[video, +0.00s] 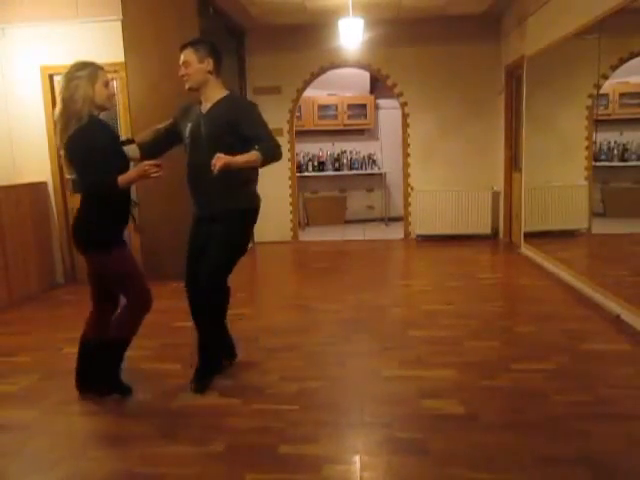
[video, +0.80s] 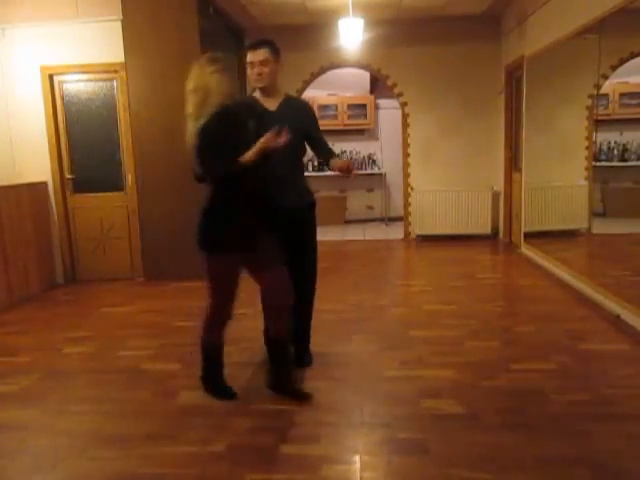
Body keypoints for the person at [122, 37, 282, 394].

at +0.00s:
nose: (181, 72)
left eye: (187, 65)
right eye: (180, 66)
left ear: (209, 65)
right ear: (197, 69)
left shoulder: (237, 106)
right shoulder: (190, 112)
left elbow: (272, 150)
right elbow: (155, 145)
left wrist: (235, 160)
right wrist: (114, 149)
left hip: (237, 211)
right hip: (205, 211)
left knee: (209, 281)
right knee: (195, 282)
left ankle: (207, 364)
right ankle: (221, 346)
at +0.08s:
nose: (187, 73)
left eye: (192, 66)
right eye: (186, 67)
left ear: (214, 67)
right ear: (202, 70)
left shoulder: (243, 108)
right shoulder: (194, 113)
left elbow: (280, 152)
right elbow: (161, 145)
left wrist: (244, 161)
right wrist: (122, 151)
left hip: (241, 209)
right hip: (210, 209)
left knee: (217, 278)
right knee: (197, 282)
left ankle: (227, 356)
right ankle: (214, 354)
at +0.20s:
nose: (198, 73)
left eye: (204, 66)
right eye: (197, 68)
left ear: (227, 67)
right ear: (210, 72)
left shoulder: (257, 109)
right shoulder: (203, 117)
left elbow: (295, 153)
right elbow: (165, 153)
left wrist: (270, 162)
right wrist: (122, 157)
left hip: (252, 209)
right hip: (219, 210)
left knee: (238, 283)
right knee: (210, 288)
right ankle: (221, 354)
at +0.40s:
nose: (218, 71)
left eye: (224, 64)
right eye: (217, 65)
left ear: (247, 65)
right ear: (219, 71)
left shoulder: (278, 106)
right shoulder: (222, 115)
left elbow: (317, 148)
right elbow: (192, 159)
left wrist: (318, 159)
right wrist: (151, 160)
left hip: (279, 210)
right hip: (240, 212)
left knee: (284, 285)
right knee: (231, 287)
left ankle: (292, 338)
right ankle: (223, 356)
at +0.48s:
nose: (225, 70)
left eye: (232, 63)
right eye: (224, 65)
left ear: (253, 65)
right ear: (225, 69)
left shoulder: (284, 105)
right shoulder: (228, 111)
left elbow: (314, 136)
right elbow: (206, 158)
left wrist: (327, 156)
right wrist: (177, 160)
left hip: (286, 208)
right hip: (246, 210)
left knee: (292, 281)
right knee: (235, 283)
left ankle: (293, 338)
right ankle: (223, 350)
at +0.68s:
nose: (246, 69)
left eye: (252, 62)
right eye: (242, 65)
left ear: (270, 65)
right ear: (239, 70)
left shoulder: (297, 106)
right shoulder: (237, 112)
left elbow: (319, 140)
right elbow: (226, 158)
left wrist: (335, 161)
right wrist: (212, 174)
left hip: (295, 204)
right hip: (255, 206)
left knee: (300, 277)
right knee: (263, 277)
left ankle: (297, 341)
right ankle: (255, 325)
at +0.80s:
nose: (257, 70)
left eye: (263, 64)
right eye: (251, 65)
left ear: (278, 66)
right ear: (245, 70)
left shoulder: (297, 108)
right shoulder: (240, 112)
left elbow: (321, 148)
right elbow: (228, 163)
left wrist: (336, 162)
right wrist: (255, 150)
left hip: (297, 204)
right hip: (260, 206)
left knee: (303, 279)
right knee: (274, 279)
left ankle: (301, 348)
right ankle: (277, 350)